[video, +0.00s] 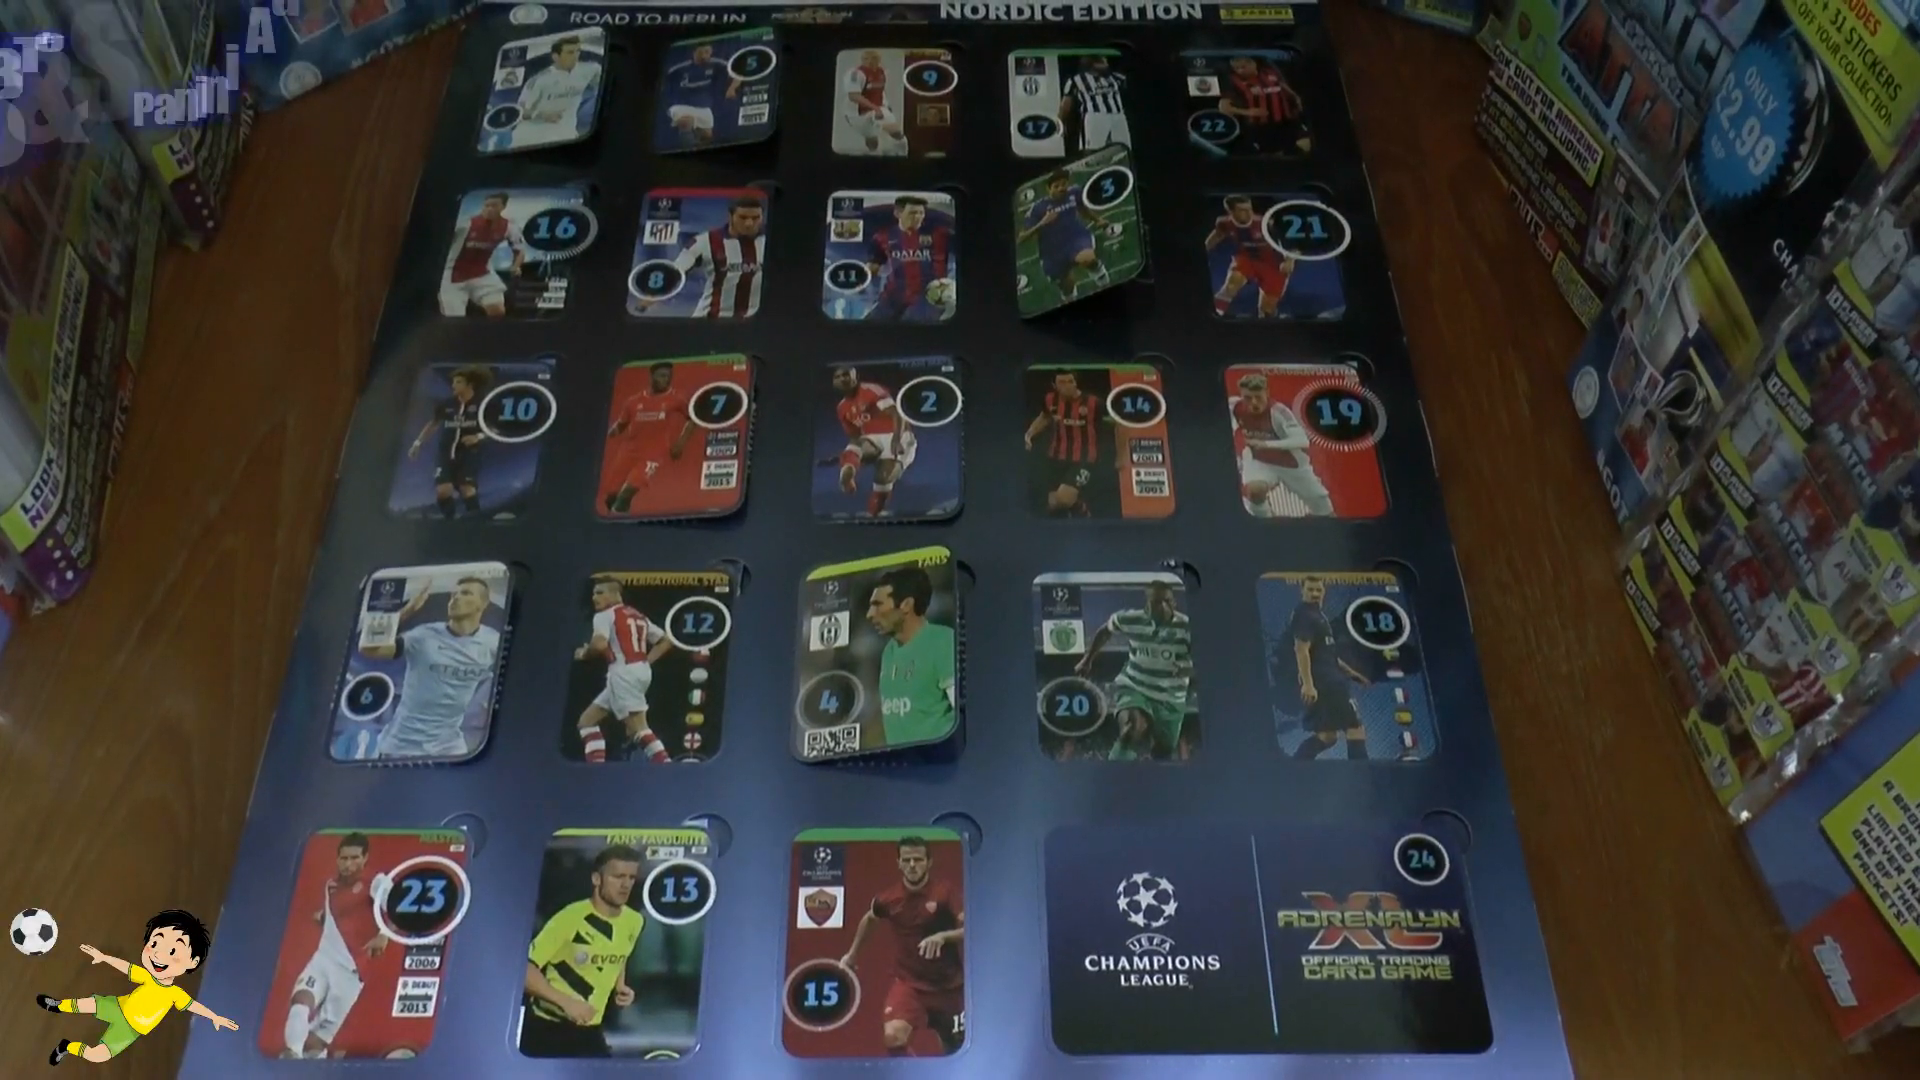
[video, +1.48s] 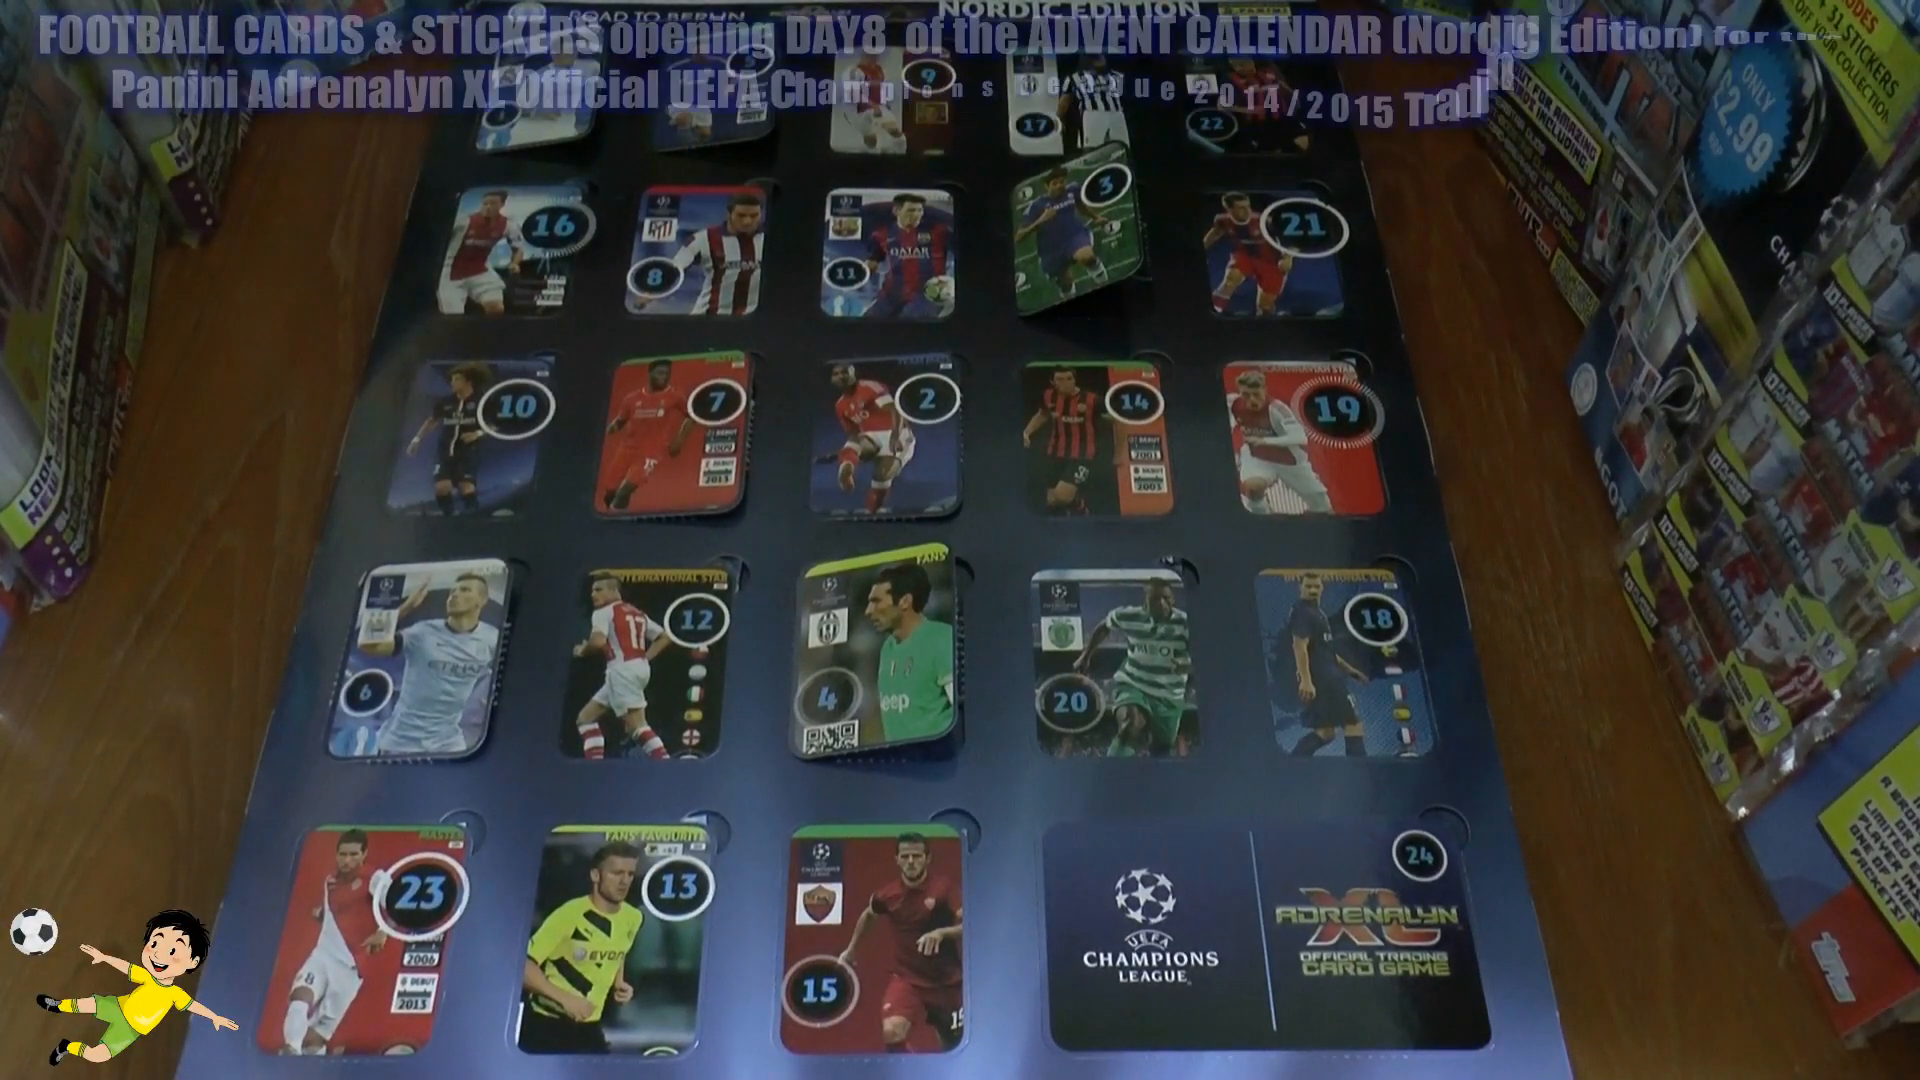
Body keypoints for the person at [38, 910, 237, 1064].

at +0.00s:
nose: (160, 956)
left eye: (172, 953)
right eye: (156, 944)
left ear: (189, 966)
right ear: (146, 944)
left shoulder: (176, 995)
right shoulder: (143, 975)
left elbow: (195, 1007)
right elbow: (124, 966)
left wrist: (215, 1017)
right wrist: (103, 958)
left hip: (131, 1030)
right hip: (119, 1008)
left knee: (99, 1055)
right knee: (88, 1003)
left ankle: (66, 1047)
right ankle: (57, 1006)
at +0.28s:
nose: (159, 956)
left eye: (172, 953)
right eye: (155, 944)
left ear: (188, 965)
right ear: (146, 945)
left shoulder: (176, 995)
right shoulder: (143, 975)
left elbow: (195, 1007)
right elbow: (124, 967)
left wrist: (214, 1017)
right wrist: (103, 958)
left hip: (131, 1030)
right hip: (119, 1008)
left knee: (99, 1055)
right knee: (89, 1003)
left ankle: (66, 1047)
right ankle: (57, 1006)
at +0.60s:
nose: (159, 956)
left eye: (172, 953)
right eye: (156, 944)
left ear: (189, 965)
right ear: (146, 945)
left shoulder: (176, 995)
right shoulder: (143, 975)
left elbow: (195, 1007)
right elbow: (124, 967)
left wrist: (214, 1017)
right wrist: (103, 958)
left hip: (131, 1030)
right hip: (119, 1008)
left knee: (99, 1055)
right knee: (89, 1003)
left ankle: (66, 1047)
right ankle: (57, 1006)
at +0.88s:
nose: (159, 956)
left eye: (172, 952)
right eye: (155, 944)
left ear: (189, 965)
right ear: (145, 945)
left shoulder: (176, 995)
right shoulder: (144, 975)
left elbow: (195, 1007)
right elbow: (124, 966)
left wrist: (214, 1017)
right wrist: (103, 958)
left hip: (131, 1030)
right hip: (119, 1008)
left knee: (99, 1055)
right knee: (89, 1003)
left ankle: (66, 1047)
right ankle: (57, 1006)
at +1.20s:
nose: (159, 956)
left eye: (172, 952)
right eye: (155, 944)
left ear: (190, 965)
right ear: (146, 945)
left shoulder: (176, 995)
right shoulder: (143, 975)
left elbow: (195, 1007)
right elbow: (124, 966)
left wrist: (214, 1017)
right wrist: (103, 958)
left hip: (131, 1030)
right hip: (119, 1008)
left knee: (99, 1055)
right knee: (89, 1003)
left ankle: (66, 1047)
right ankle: (57, 1006)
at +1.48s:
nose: (159, 956)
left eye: (172, 952)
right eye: (155, 944)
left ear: (189, 965)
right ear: (145, 946)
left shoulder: (176, 995)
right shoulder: (143, 975)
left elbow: (195, 1007)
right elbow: (124, 966)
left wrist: (214, 1017)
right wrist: (103, 958)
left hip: (131, 1030)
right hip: (119, 1008)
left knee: (98, 1055)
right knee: (89, 1003)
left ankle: (66, 1047)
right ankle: (58, 1006)